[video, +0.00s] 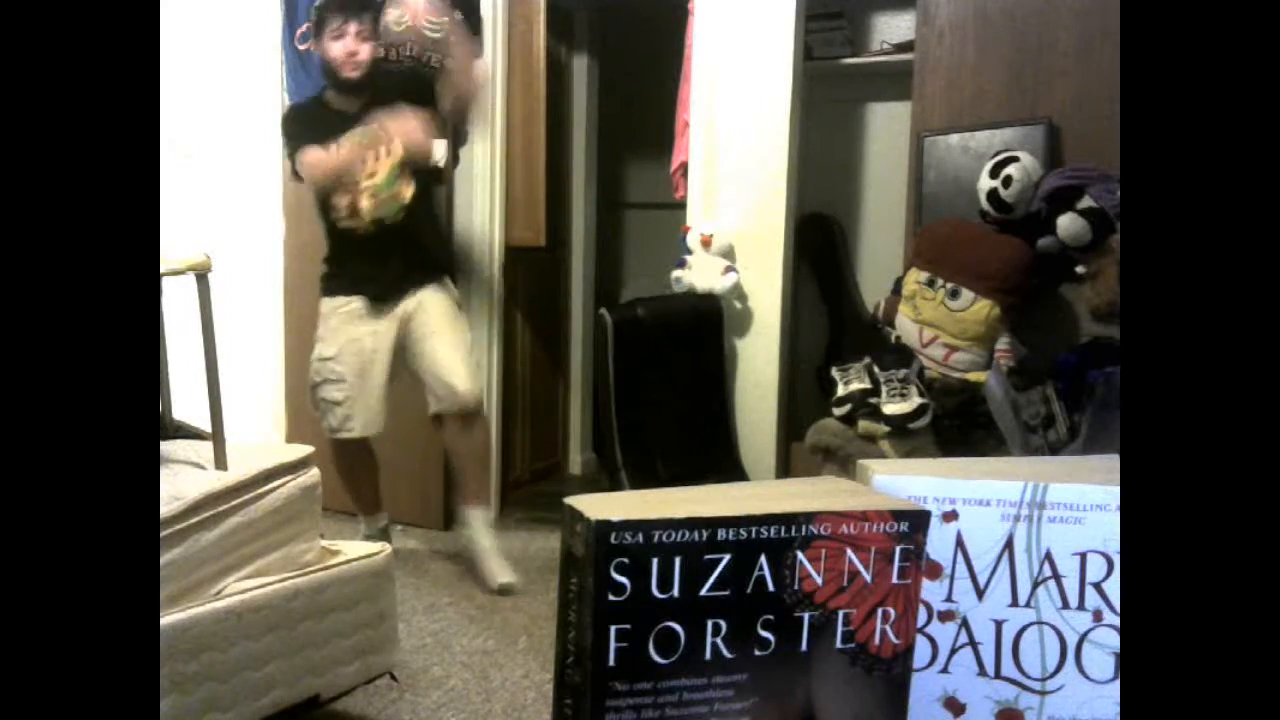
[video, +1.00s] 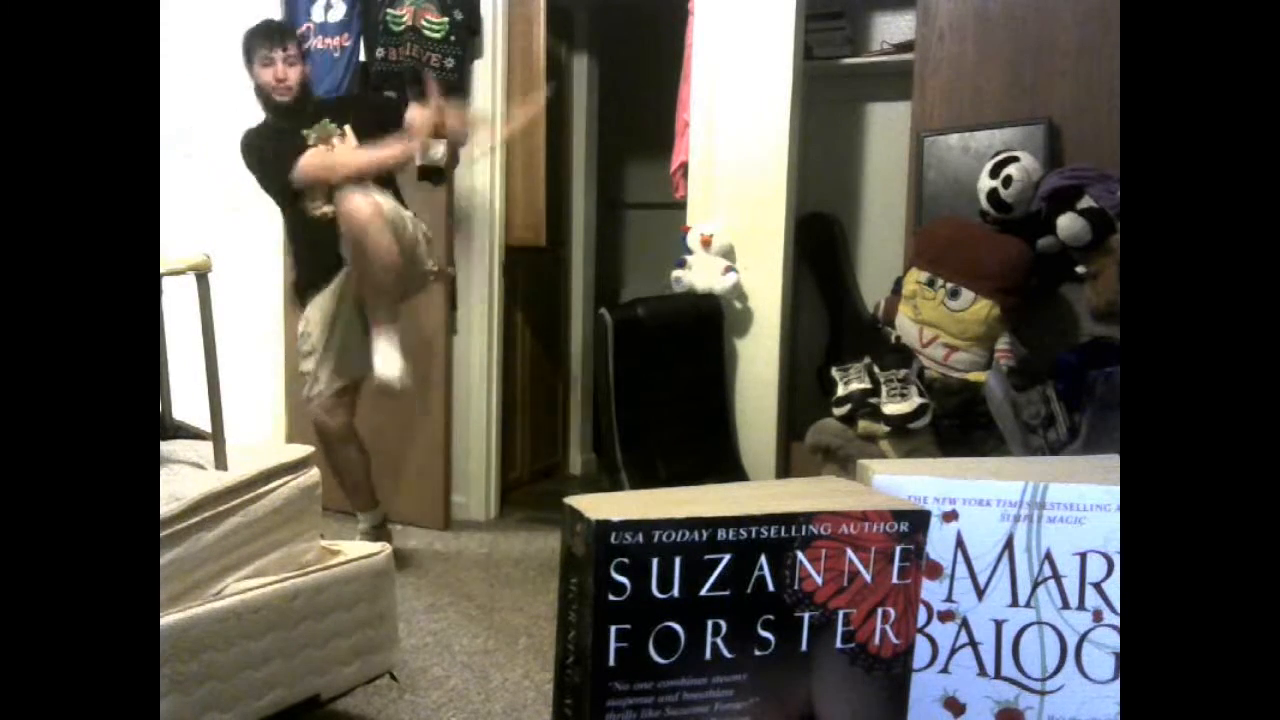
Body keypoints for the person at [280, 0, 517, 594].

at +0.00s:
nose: (352, 48)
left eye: (363, 36)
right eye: (339, 37)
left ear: (379, 42)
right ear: (318, 46)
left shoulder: (407, 88)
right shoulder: (304, 116)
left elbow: (465, 88)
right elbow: (315, 171)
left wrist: (448, 28)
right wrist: (385, 130)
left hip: (424, 278)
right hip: (351, 287)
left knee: (462, 399)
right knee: (346, 420)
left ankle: (476, 527)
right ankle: (375, 531)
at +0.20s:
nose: (355, 66)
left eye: (365, 52)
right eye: (342, 53)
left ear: (381, 53)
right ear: (319, 53)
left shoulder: (403, 120)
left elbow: (412, 222)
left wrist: (350, 267)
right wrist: (320, 259)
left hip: (407, 274)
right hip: (336, 285)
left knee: (447, 376)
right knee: (343, 419)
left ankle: (459, 518)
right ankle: (374, 528)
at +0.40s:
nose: (337, 71)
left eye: (348, 58)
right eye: (325, 59)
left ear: (365, 59)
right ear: (307, 59)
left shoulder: (389, 125)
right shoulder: (292, 116)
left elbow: (359, 216)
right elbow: (229, 146)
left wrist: (277, 232)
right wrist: (196, 142)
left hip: (393, 281)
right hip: (324, 291)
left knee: (411, 392)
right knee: (327, 419)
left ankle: (448, 504)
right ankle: (368, 526)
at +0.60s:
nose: (314, 62)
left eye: (323, 49)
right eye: (301, 50)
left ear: (339, 48)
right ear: (282, 54)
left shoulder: (364, 96)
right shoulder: (270, 113)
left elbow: (372, 146)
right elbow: (193, 107)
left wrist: (297, 169)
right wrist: (250, 86)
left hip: (386, 254)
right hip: (322, 285)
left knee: (420, 293)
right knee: (325, 416)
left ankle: (379, 400)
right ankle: (372, 522)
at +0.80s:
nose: (309, 59)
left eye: (318, 47)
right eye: (296, 49)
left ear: (336, 48)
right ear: (280, 55)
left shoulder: (362, 94)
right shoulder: (272, 110)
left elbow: (392, 130)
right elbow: (202, 126)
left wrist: (299, 154)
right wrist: (254, 117)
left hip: (382, 255)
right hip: (320, 287)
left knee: (418, 268)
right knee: (325, 417)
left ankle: (388, 385)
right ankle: (370, 521)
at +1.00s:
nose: (282, 74)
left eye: (290, 61)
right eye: (269, 64)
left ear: (305, 64)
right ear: (252, 73)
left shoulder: (353, 108)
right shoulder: (259, 142)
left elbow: (425, 119)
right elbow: (322, 169)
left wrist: (446, 120)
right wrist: (408, 143)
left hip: (391, 256)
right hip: (328, 285)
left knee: (357, 203)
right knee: (329, 418)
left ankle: (382, 329)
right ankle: (374, 525)